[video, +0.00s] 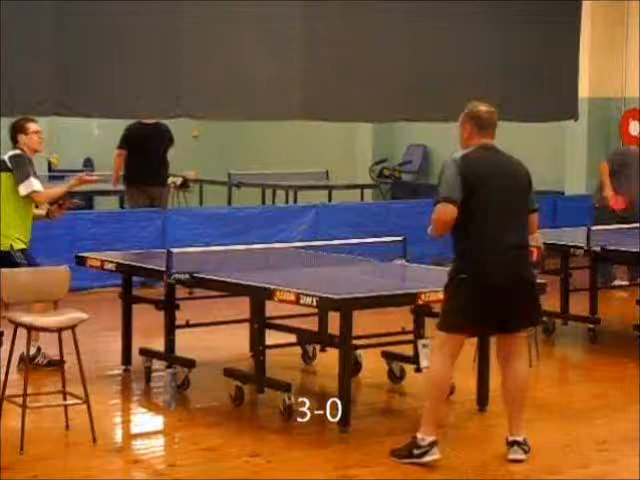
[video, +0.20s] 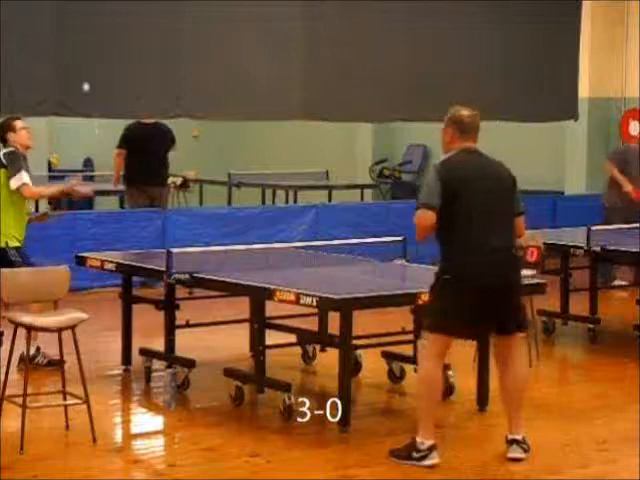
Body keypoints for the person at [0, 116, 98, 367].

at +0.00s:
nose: (41, 138)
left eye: (40, 134)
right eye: (36, 134)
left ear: (23, 140)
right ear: (21, 138)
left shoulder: (14, 160)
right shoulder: (18, 159)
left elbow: (17, 208)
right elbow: (40, 196)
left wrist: (46, 212)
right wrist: (74, 184)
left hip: (9, 243)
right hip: (10, 246)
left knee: (5, 297)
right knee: (44, 287)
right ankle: (33, 349)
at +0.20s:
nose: (29, 135)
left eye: (27, 130)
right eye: (23, 130)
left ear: (13, 136)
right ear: (10, 136)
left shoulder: (11, 157)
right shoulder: (12, 156)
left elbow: (30, 192)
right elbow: (27, 191)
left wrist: (64, 189)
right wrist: (65, 188)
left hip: (10, 241)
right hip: (8, 242)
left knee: (10, 296)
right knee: (38, 288)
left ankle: (31, 348)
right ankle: (31, 349)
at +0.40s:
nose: (26, 137)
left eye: (24, 132)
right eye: (20, 133)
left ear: (9, 140)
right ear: (8, 139)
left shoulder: (7, 160)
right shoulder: (15, 156)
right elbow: (19, 182)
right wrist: (58, 196)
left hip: (8, 242)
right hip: (7, 244)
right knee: (38, 287)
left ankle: (32, 348)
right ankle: (31, 348)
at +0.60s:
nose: (39, 148)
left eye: (37, 143)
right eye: (34, 143)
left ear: (20, 149)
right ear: (21, 147)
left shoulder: (11, 166)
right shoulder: (20, 162)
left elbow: (16, 206)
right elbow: (14, 180)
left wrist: (39, 204)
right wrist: (40, 203)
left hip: (9, 239)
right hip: (7, 242)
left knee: (29, 289)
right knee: (34, 288)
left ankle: (34, 346)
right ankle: (34, 346)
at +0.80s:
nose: (64, 160)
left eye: (65, 155)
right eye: (62, 154)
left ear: (49, 154)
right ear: (47, 153)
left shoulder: (35, 172)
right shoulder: (30, 166)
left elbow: (27, 206)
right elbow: (5, 183)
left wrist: (48, 219)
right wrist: (19, 209)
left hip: (15, 240)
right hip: (9, 241)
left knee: (33, 288)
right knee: (37, 287)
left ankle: (38, 346)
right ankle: (38, 347)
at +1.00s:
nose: (71, 152)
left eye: (73, 147)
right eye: (67, 146)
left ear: (67, 150)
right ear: (52, 147)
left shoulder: (58, 178)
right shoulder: (33, 166)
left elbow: (57, 211)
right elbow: (3, 189)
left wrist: (58, 216)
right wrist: (12, 219)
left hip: (35, 242)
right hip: (16, 240)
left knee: (34, 294)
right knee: (38, 292)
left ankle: (38, 348)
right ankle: (37, 347)